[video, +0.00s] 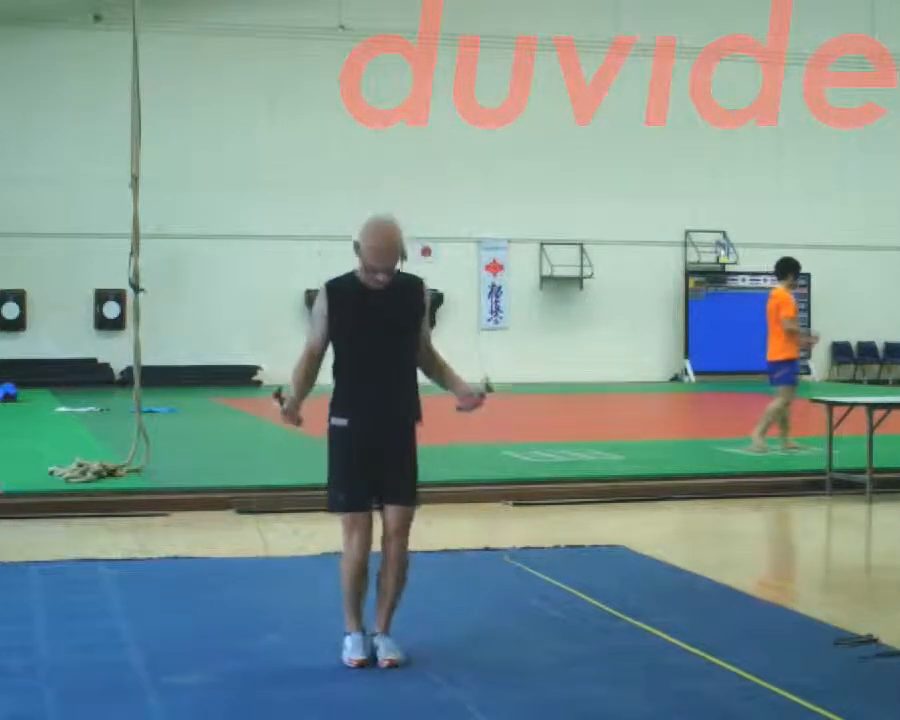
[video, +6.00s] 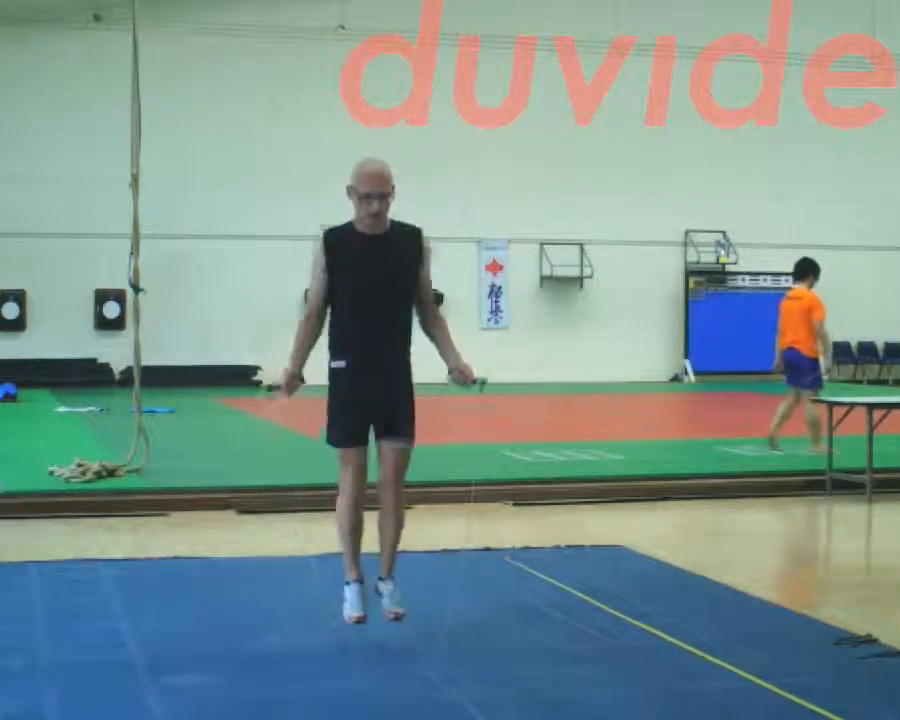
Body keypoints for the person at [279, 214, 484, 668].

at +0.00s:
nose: (381, 277)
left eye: (389, 268)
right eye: (373, 269)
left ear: (401, 256)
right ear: (357, 254)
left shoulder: (416, 294)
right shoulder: (333, 295)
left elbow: (424, 353)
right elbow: (313, 354)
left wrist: (459, 387)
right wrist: (295, 399)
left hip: (398, 426)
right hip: (350, 426)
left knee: (398, 530)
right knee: (357, 532)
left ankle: (382, 632)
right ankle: (354, 632)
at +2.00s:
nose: (376, 240)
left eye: (383, 232)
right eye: (368, 233)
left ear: (394, 222)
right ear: (353, 220)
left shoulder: (409, 258)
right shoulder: (329, 262)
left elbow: (417, 324)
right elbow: (308, 324)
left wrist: (450, 366)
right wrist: (288, 377)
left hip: (395, 392)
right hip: (349, 393)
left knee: (390, 498)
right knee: (355, 499)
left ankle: (379, 608)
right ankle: (350, 609)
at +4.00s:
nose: (372, 262)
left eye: (380, 253)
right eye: (363, 253)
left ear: (391, 245)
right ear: (348, 245)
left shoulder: (410, 287)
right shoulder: (325, 291)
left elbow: (423, 348)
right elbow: (304, 350)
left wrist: (454, 389)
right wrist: (284, 398)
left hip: (392, 416)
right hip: (348, 417)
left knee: (389, 519)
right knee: (357, 520)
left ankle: (375, 620)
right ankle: (349, 622)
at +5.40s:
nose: (377, 238)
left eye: (385, 229)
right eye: (369, 229)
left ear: (397, 221)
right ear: (355, 219)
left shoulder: (414, 260)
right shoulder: (332, 263)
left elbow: (429, 328)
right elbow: (309, 327)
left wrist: (452, 384)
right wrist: (284, 385)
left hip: (396, 391)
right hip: (350, 393)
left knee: (395, 497)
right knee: (354, 499)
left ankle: (386, 603)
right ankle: (353, 605)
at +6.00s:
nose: (375, 206)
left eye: (383, 197)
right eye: (367, 198)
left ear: (393, 195)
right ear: (351, 196)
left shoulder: (413, 242)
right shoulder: (332, 243)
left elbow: (428, 309)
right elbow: (314, 312)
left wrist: (453, 358)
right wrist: (294, 366)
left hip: (395, 372)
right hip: (349, 372)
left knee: (394, 474)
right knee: (353, 474)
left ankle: (386, 579)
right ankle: (352, 580)